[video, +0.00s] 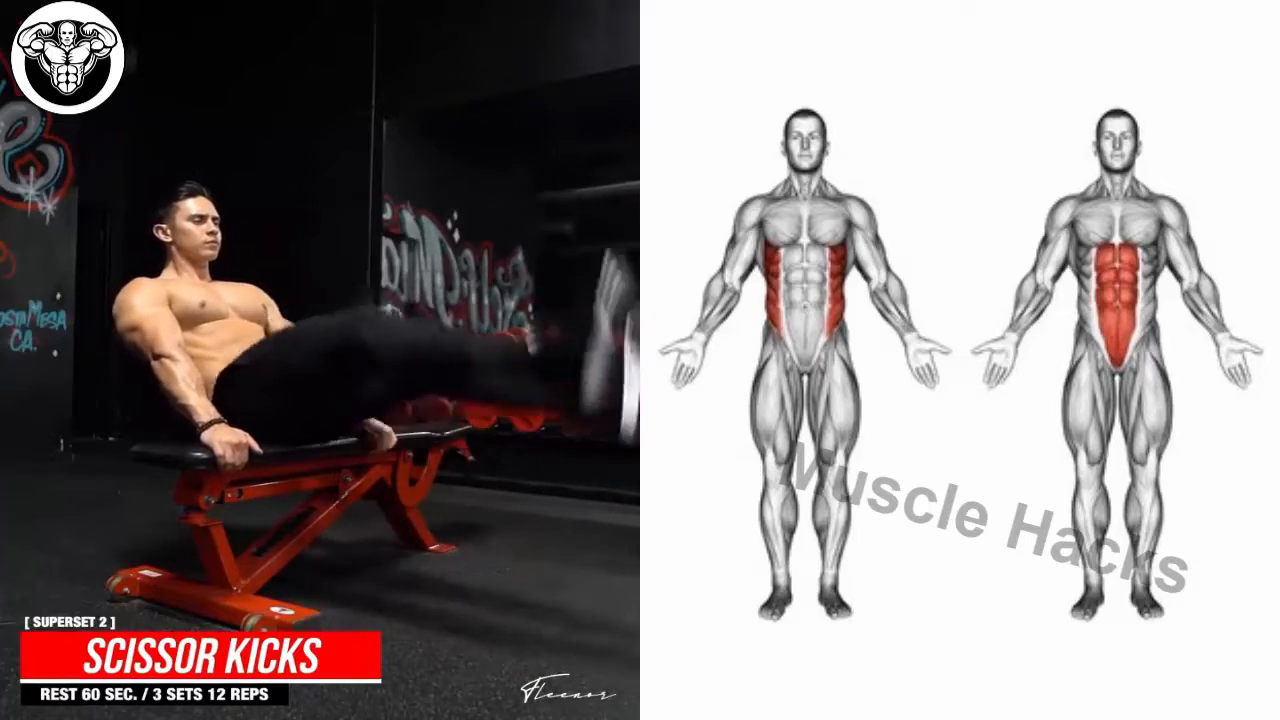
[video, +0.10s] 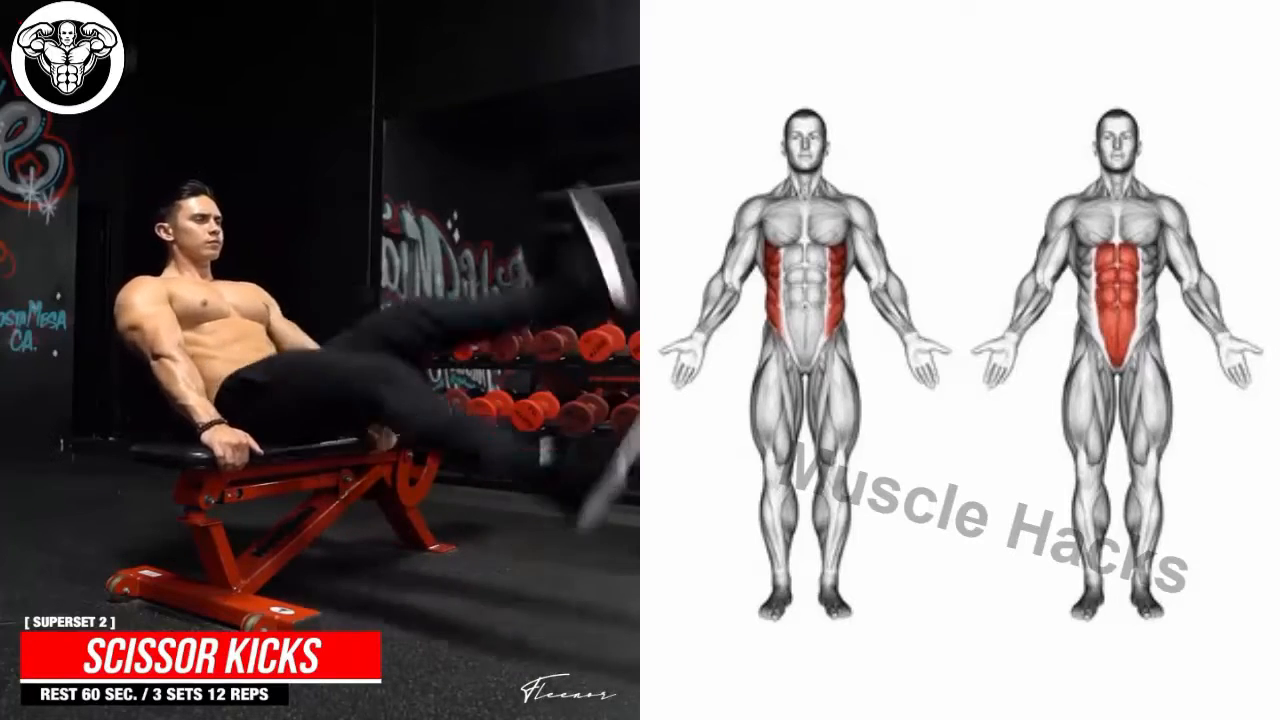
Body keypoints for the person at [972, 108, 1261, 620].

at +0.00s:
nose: (1116, 145)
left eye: (1124, 138)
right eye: (1108, 138)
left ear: (1137, 145)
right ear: (1097, 146)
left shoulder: (1164, 211)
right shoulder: (1070, 211)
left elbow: (1193, 282)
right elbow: (1041, 282)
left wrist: (1221, 335)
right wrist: (1012, 336)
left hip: (1144, 355)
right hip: (1089, 354)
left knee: (1145, 466)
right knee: (1088, 466)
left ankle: (1141, 581)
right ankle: (1092, 583)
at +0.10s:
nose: (1116, 146)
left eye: (1124, 138)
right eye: (1108, 138)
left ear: (1137, 145)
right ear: (1097, 145)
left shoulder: (1164, 211)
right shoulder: (1070, 211)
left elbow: (1193, 282)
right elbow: (1041, 281)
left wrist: (1222, 335)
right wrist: (1012, 336)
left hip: (1144, 355)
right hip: (1089, 354)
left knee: (1145, 465)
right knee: (1088, 466)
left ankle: (1141, 581)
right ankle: (1092, 583)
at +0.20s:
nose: (1116, 145)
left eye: (1124, 138)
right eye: (1108, 138)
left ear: (1137, 145)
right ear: (1097, 146)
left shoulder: (1164, 211)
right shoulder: (1070, 211)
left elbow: (1193, 282)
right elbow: (1041, 282)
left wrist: (1221, 335)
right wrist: (1012, 336)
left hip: (1144, 355)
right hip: (1089, 354)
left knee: (1145, 466)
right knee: (1088, 466)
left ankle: (1141, 581)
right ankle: (1092, 583)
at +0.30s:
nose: (1116, 145)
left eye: (1124, 138)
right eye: (1108, 138)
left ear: (1137, 145)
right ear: (1097, 146)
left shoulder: (1164, 211)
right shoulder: (1070, 211)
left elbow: (1193, 282)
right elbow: (1041, 282)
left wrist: (1221, 335)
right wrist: (1012, 336)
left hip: (1144, 355)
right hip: (1089, 354)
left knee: (1145, 466)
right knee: (1088, 466)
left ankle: (1141, 582)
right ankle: (1092, 583)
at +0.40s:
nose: (1116, 146)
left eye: (1124, 138)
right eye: (1109, 138)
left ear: (1137, 145)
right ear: (1097, 145)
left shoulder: (1164, 211)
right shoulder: (1070, 211)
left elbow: (1193, 282)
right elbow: (1041, 282)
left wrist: (1221, 335)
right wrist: (1012, 336)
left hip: (1144, 355)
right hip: (1089, 354)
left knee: (1145, 466)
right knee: (1088, 466)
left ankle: (1141, 582)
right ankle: (1092, 583)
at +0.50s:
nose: (1116, 146)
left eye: (1124, 138)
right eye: (1109, 138)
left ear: (1137, 145)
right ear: (1097, 145)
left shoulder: (1164, 211)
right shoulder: (1070, 211)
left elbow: (1193, 282)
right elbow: (1041, 282)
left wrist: (1222, 335)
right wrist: (1012, 336)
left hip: (1144, 355)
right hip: (1089, 354)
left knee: (1145, 466)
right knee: (1088, 467)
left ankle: (1141, 581)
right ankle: (1092, 583)